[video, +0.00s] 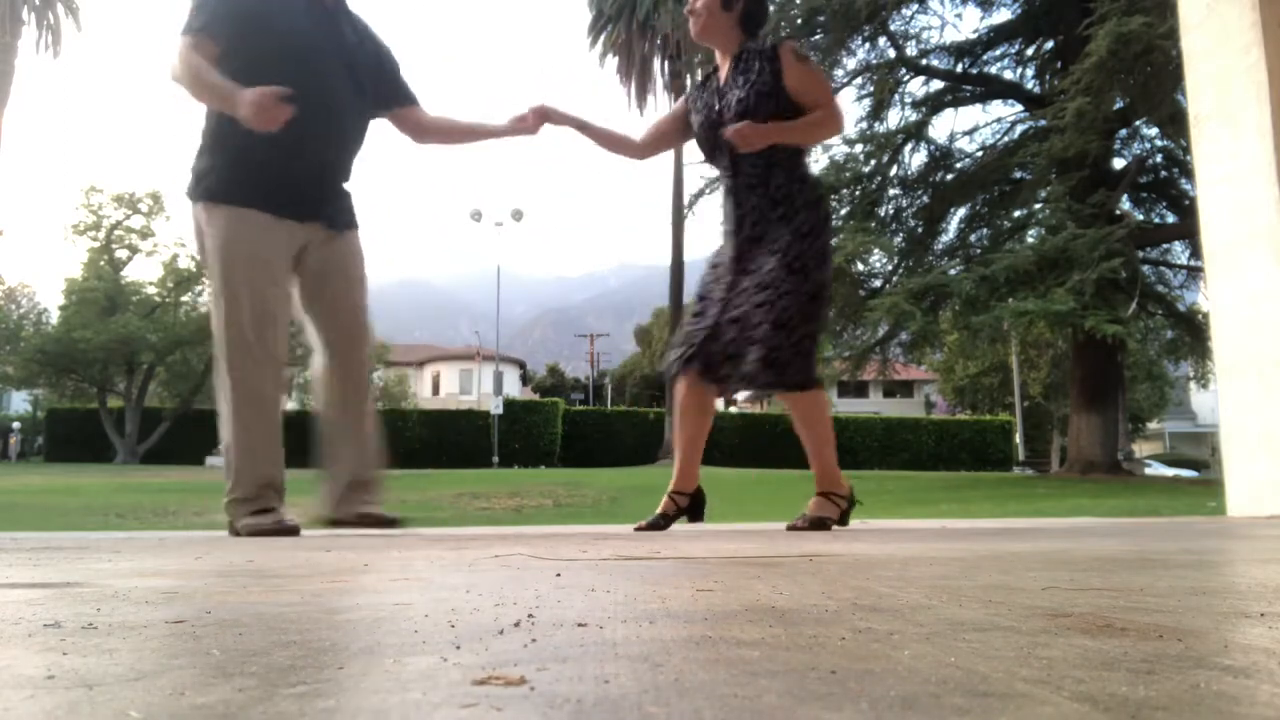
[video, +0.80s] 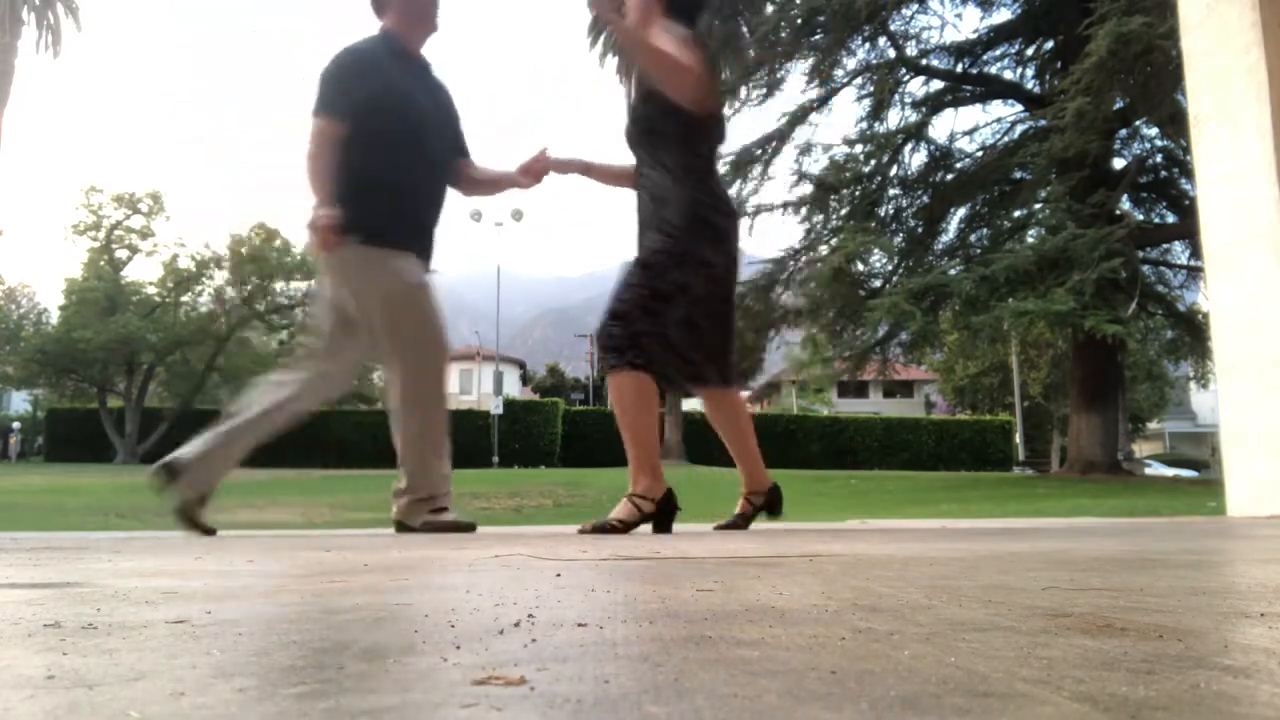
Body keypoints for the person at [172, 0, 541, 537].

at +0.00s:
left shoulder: (356, 35)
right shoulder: (237, 5)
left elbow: (418, 125)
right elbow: (189, 63)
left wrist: (505, 128)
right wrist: (236, 98)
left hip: (325, 209)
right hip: (242, 200)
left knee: (349, 351)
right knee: (253, 356)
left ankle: (352, 501)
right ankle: (254, 507)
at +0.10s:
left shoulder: (353, 38)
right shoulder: (229, 5)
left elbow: (424, 113)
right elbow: (181, 70)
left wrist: (513, 122)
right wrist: (202, 113)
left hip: (314, 208)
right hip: (233, 197)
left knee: (324, 340)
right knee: (239, 350)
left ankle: (266, 485)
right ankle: (250, 503)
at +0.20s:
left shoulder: (353, 47)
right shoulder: (229, 10)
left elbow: (429, 109)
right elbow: (180, 90)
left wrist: (516, 138)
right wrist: (181, 147)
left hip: (303, 221)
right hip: (224, 202)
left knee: (290, 352)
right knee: (233, 353)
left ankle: (184, 459)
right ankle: (251, 504)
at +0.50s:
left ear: (342, 2)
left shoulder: (365, 61)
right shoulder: (249, 31)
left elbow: (436, 104)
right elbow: (194, 107)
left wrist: (521, 111)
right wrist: (184, 169)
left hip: (295, 228)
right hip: (245, 214)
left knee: (234, 353)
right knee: (284, 346)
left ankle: (159, 488)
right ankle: (260, 499)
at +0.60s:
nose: (362, 5)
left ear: (366, 6)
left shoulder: (377, 74)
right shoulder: (271, 47)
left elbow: (443, 123)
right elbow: (216, 122)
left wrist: (521, 126)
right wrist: (213, 181)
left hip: (309, 229)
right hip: (271, 220)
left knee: (239, 364)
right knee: (335, 338)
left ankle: (158, 490)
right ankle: (338, 494)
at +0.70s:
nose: (390, 14)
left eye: (393, 6)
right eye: (379, 4)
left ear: (397, 13)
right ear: (350, 7)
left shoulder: (402, 92)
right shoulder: (310, 63)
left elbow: (454, 155)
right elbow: (255, 145)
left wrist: (517, 157)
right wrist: (260, 199)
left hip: (344, 247)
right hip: (309, 239)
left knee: (242, 367)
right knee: (379, 354)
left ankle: (157, 489)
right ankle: (412, 500)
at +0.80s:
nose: (434, 10)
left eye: (433, 2)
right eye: (424, 2)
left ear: (418, 12)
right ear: (391, 7)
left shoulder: (432, 90)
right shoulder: (358, 62)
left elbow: (463, 175)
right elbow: (324, 140)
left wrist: (516, 178)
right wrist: (326, 204)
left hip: (389, 251)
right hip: (365, 246)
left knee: (323, 372)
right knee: (421, 360)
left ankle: (192, 471)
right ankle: (422, 505)